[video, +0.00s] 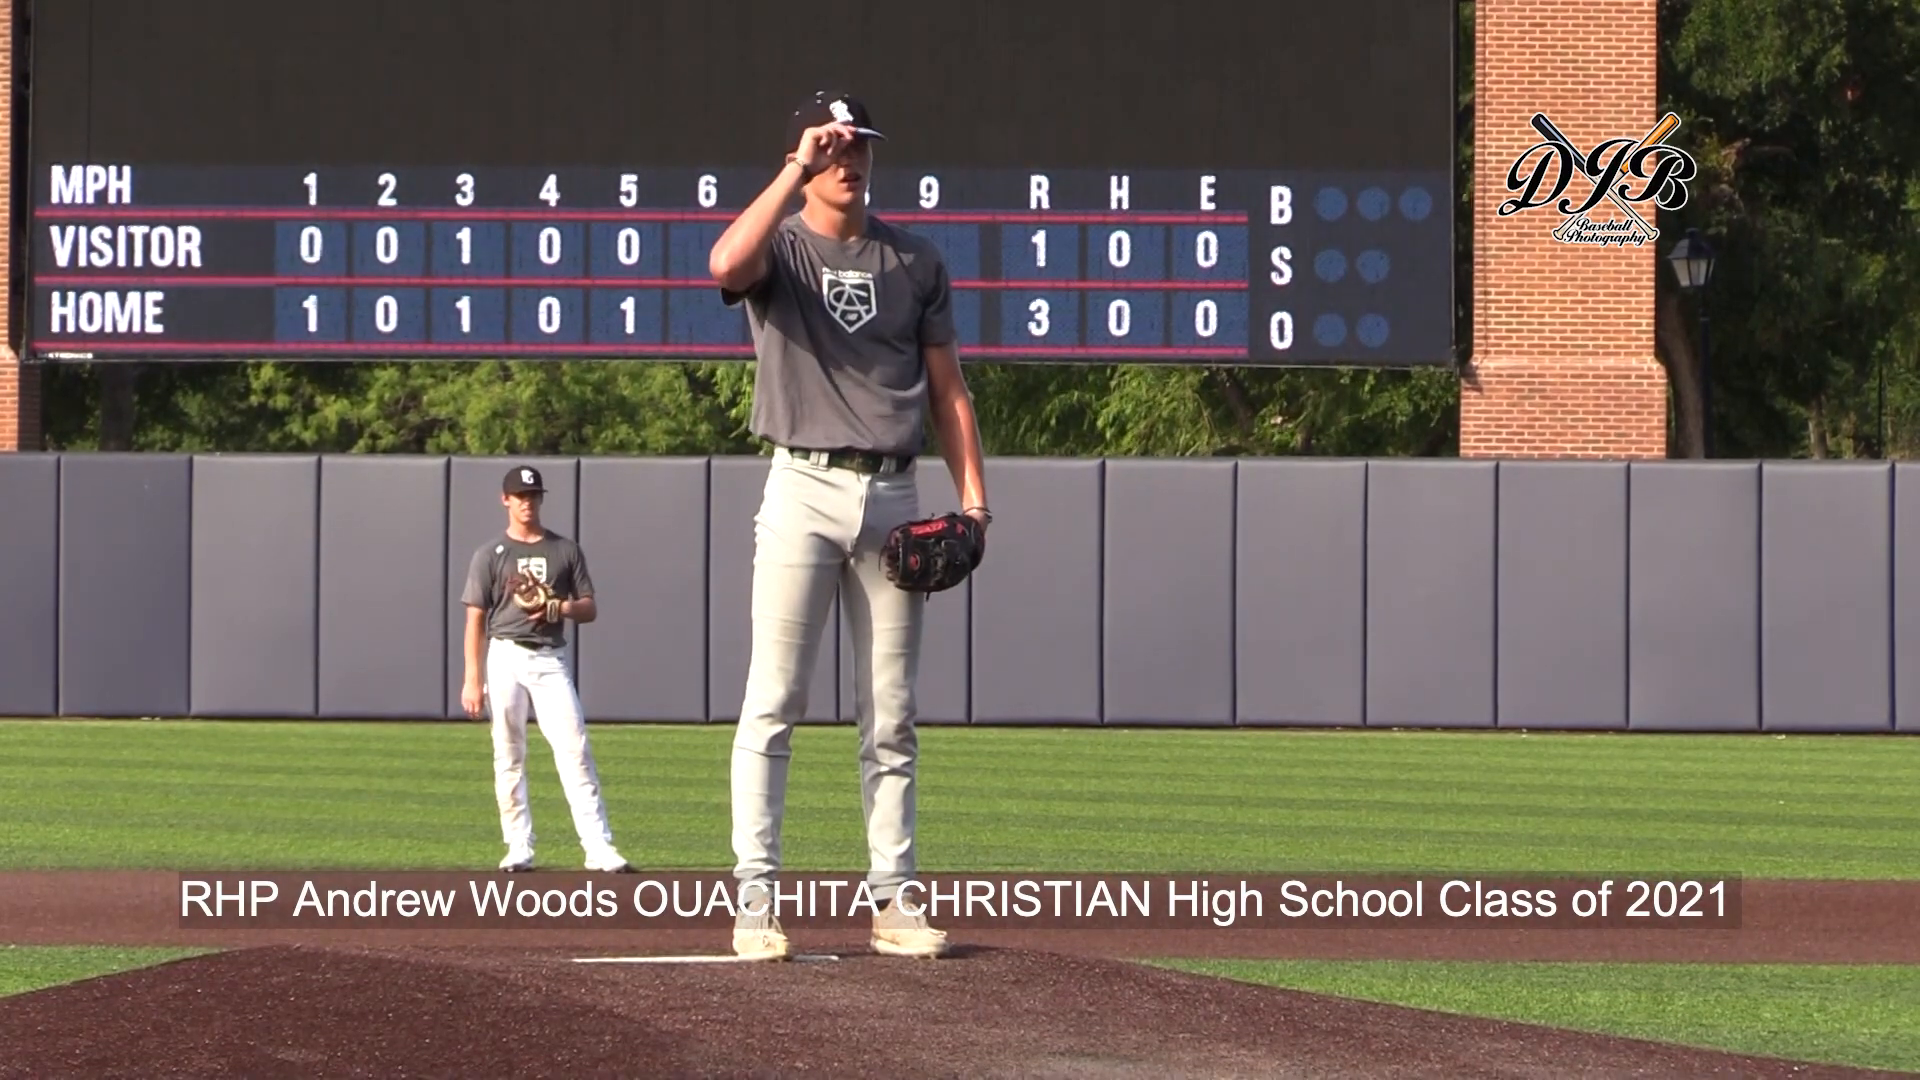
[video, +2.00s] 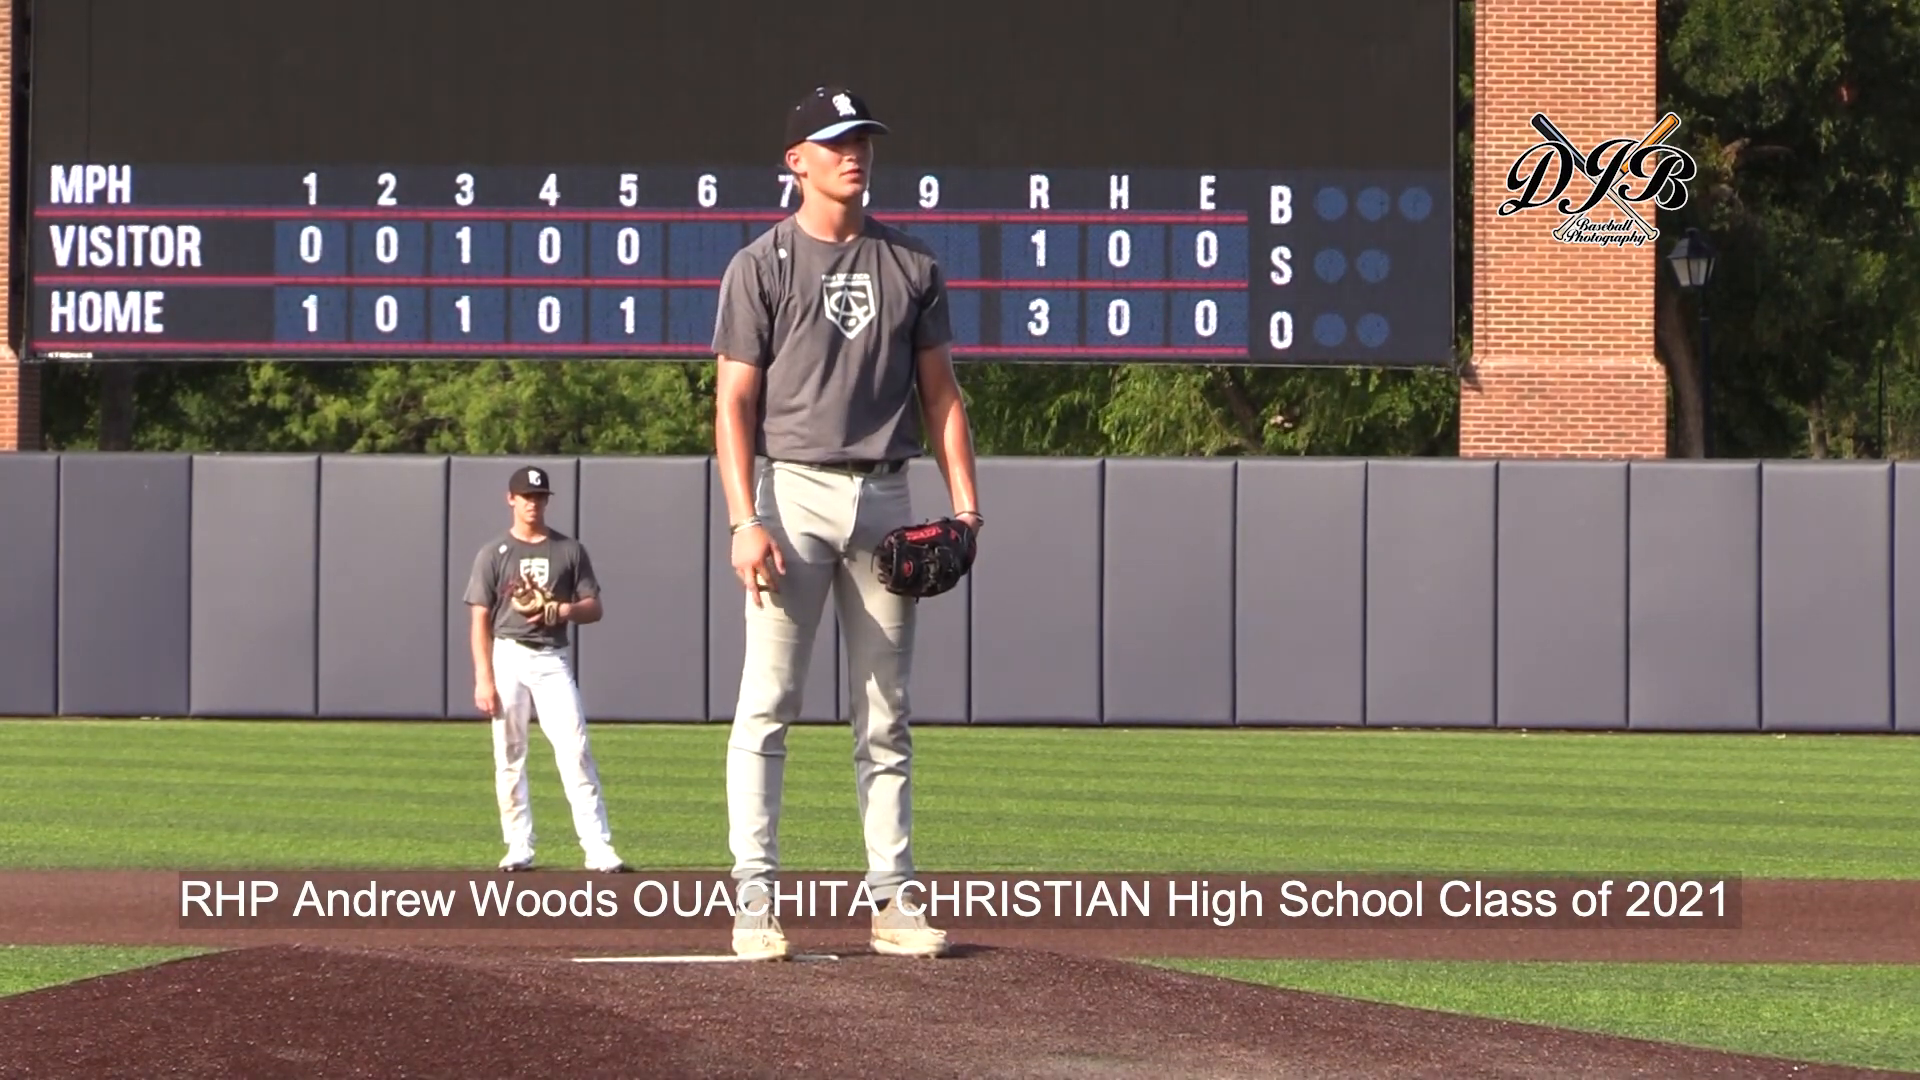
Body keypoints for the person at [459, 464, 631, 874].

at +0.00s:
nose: (528, 504)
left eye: (533, 497)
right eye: (520, 497)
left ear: (541, 500)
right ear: (506, 501)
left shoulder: (567, 550)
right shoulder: (489, 556)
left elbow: (588, 609)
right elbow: (475, 622)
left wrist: (559, 606)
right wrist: (472, 679)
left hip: (550, 659)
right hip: (504, 657)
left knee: (576, 749)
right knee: (508, 757)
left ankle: (600, 851)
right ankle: (518, 851)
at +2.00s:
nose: (534, 504)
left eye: (540, 497)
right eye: (527, 497)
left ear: (548, 500)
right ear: (511, 500)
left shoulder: (571, 550)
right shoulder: (492, 555)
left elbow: (593, 608)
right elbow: (480, 622)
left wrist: (560, 610)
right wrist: (484, 680)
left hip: (552, 658)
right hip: (505, 656)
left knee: (576, 749)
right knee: (509, 756)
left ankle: (599, 852)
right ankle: (519, 850)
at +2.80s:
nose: (536, 504)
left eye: (542, 497)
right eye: (529, 496)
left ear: (550, 500)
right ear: (514, 499)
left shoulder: (572, 552)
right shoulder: (494, 554)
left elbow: (593, 611)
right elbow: (481, 620)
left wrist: (561, 611)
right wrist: (486, 679)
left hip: (554, 659)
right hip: (507, 657)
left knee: (578, 749)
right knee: (509, 756)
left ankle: (600, 851)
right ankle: (519, 850)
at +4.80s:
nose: (533, 503)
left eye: (539, 496)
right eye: (526, 496)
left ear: (548, 500)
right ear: (511, 499)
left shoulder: (571, 547)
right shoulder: (492, 552)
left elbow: (597, 602)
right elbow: (480, 615)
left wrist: (568, 612)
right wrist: (486, 673)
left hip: (554, 658)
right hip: (507, 656)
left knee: (579, 743)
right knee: (510, 756)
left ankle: (595, 844)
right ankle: (518, 849)